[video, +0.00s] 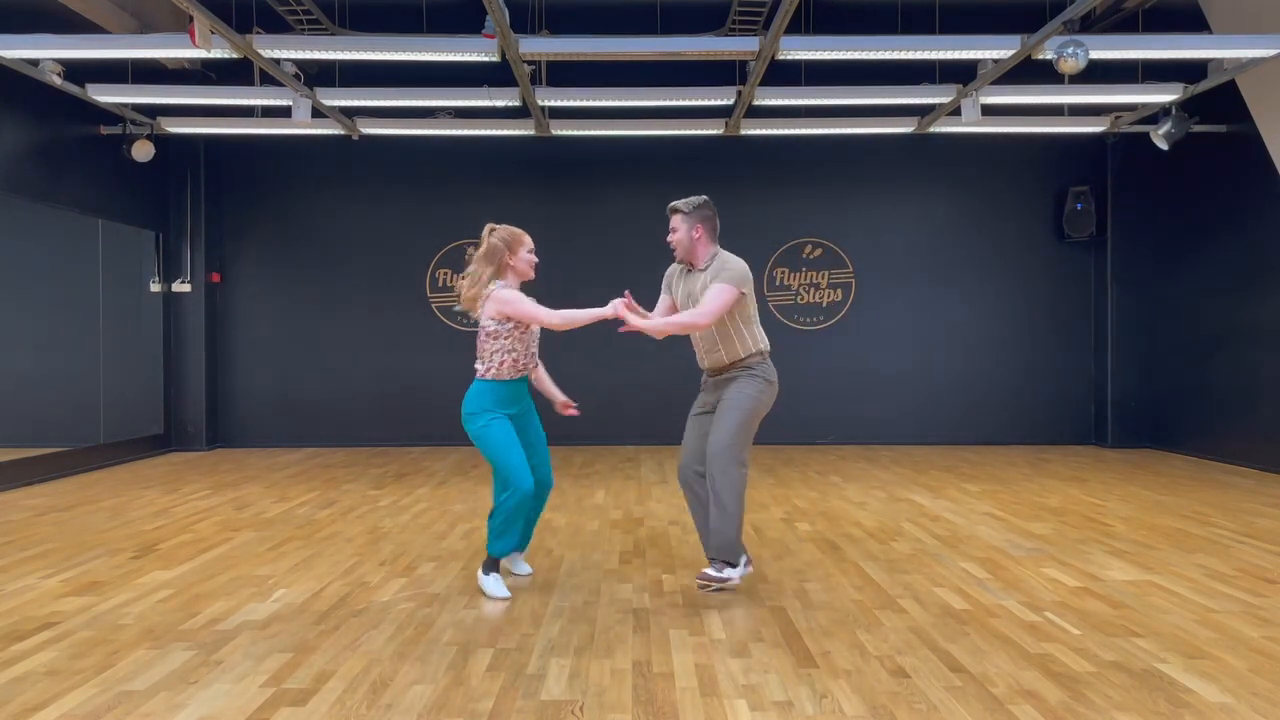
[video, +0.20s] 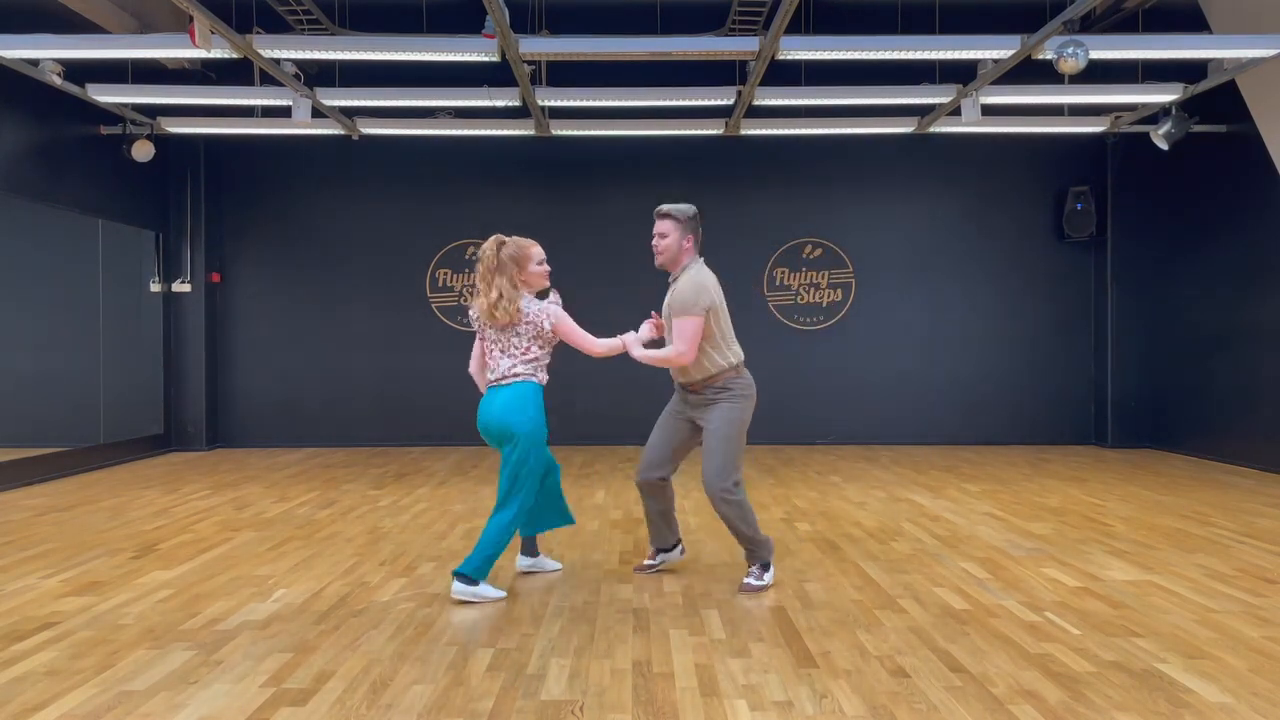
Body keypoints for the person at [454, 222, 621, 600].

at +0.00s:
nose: (535, 258)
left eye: (534, 251)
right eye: (529, 252)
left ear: (512, 258)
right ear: (508, 257)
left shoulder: (524, 301)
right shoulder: (499, 296)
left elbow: (532, 362)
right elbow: (554, 319)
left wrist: (557, 397)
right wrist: (608, 311)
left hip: (520, 401)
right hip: (487, 404)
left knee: (542, 481)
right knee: (521, 484)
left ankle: (512, 550)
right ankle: (490, 567)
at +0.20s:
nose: (548, 267)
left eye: (545, 261)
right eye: (540, 263)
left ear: (515, 276)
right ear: (517, 274)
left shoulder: (488, 311)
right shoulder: (546, 311)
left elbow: (476, 366)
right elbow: (596, 347)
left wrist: (495, 400)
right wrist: (637, 336)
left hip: (490, 407)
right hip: (524, 405)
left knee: (543, 468)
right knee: (517, 494)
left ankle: (530, 552)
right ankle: (468, 578)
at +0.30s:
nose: (550, 267)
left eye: (549, 261)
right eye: (542, 262)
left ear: (521, 271)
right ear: (520, 270)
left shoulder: (503, 308)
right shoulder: (538, 305)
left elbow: (494, 366)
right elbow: (591, 323)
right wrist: (620, 299)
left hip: (499, 403)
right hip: (517, 404)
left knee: (547, 479)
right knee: (523, 490)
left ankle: (530, 554)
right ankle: (471, 579)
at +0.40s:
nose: (551, 263)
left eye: (551, 256)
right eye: (543, 256)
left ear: (546, 262)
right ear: (517, 261)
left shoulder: (546, 307)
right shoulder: (502, 295)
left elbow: (555, 359)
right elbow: (519, 258)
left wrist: (555, 398)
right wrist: (564, 216)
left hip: (537, 406)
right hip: (495, 406)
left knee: (553, 481)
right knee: (516, 485)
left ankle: (536, 538)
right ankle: (506, 569)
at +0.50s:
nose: (537, 251)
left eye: (543, 248)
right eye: (528, 246)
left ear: (549, 262)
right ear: (511, 257)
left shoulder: (552, 307)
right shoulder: (494, 288)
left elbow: (576, 360)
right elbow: (486, 230)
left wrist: (549, 398)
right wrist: (509, 198)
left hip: (532, 400)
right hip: (488, 401)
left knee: (547, 496)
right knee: (484, 496)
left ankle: (566, 509)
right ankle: (533, 570)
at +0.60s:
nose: (492, 254)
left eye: (498, 252)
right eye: (496, 249)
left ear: (514, 265)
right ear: (520, 263)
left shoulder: (512, 307)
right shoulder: (521, 291)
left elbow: (520, 360)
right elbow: (523, 245)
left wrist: (511, 402)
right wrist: (522, 200)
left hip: (523, 407)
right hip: (511, 406)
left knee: (506, 498)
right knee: (498, 500)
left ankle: (586, 519)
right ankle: (542, 573)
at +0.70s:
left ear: (489, 259)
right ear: (532, 255)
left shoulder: (480, 304)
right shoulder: (547, 289)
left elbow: (469, 354)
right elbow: (551, 248)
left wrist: (476, 393)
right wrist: (556, 204)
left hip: (508, 399)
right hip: (548, 398)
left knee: (484, 491)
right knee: (530, 494)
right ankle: (542, 576)